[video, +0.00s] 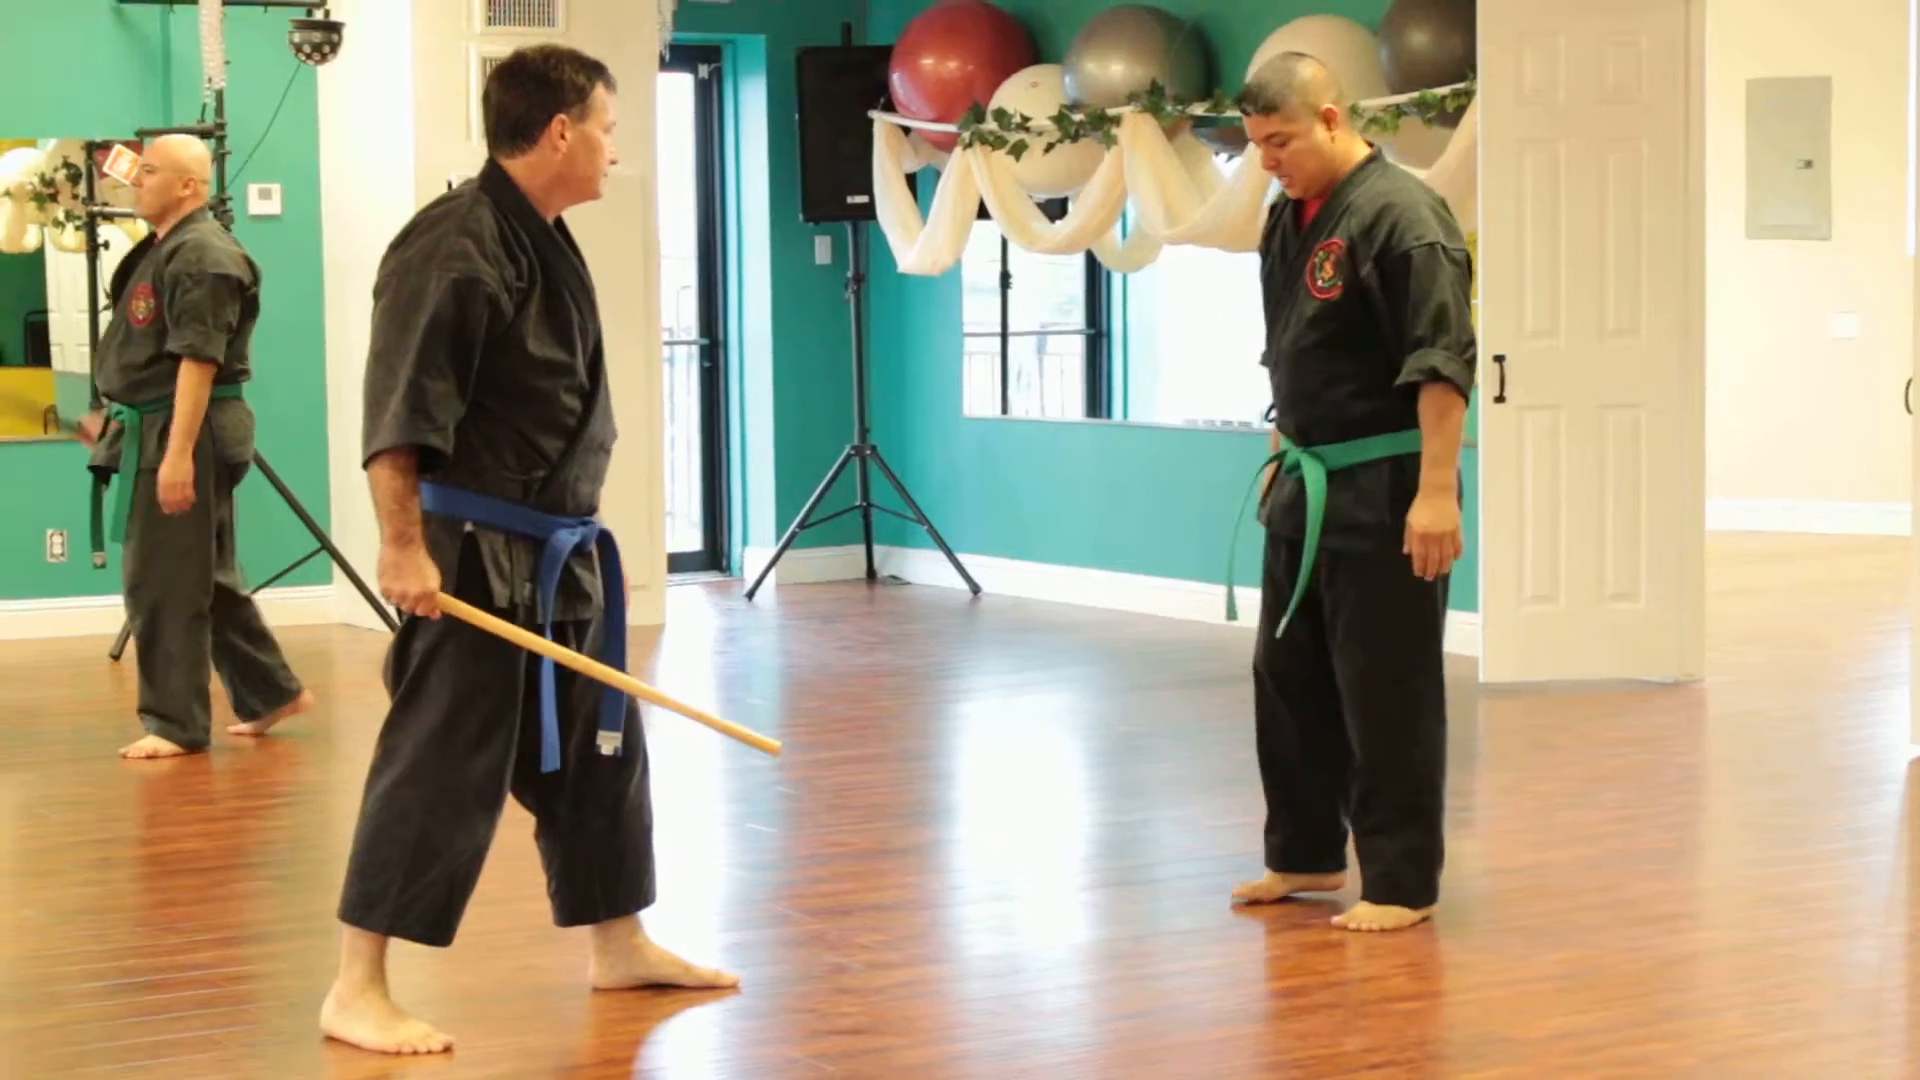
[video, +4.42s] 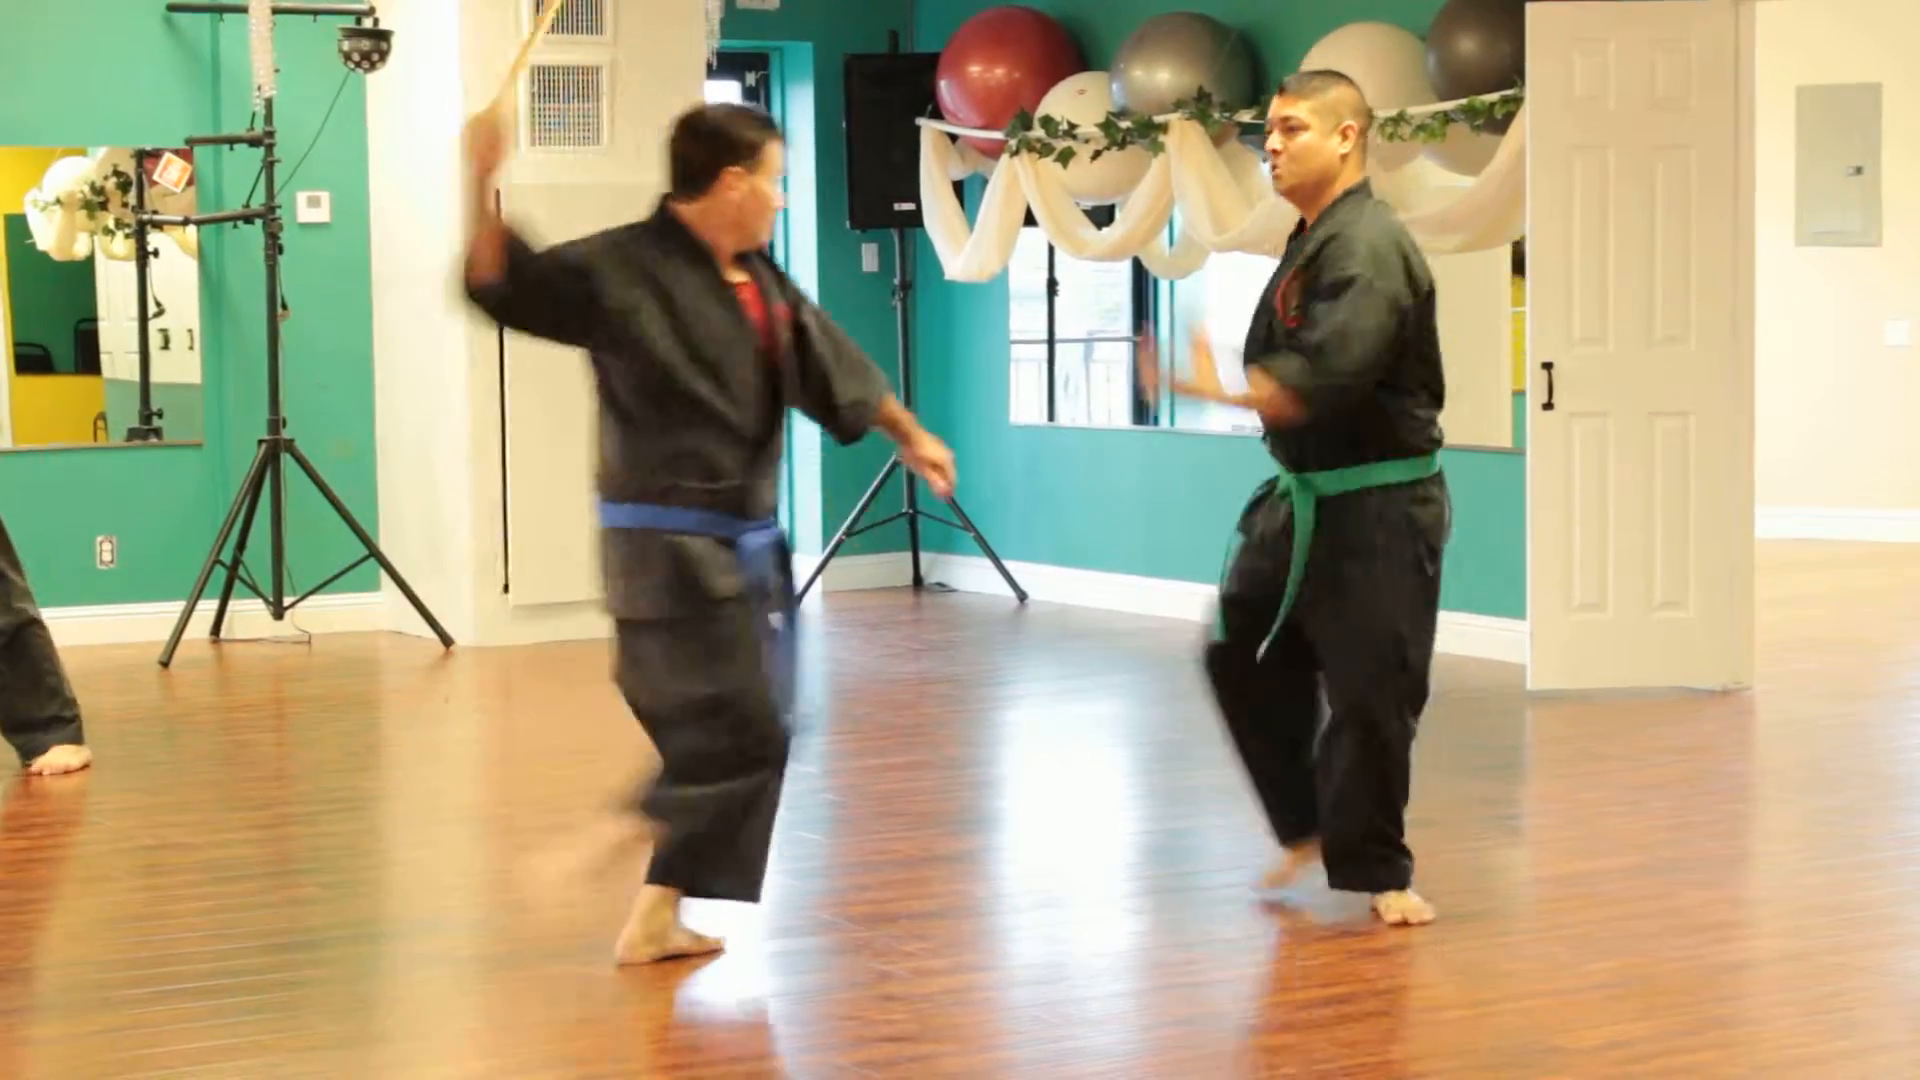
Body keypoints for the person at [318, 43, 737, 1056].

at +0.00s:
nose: (613, 154)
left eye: (613, 134)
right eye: (606, 134)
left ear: (550, 134)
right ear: (557, 132)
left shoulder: (542, 239)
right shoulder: (451, 244)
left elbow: (543, 407)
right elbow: (393, 406)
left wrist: (578, 535)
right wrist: (402, 543)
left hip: (564, 539)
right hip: (477, 541)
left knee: (598, 735)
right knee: (435, 754)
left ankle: (622, 949)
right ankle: (356, 989)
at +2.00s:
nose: (609, 173)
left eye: (608, 154)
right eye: (600, 154)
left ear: (551, 156)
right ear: (551, 156)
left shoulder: (558, 272)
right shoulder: (443, 260)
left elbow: (561, 430)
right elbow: (379, 410)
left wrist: (598, 541)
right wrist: (380, 539)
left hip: (553, 541)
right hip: (459, 540)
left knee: (598, 723)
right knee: (427, 743)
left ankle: (598, 926)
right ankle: (352, 964)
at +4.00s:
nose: (619, 184)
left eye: (618, 165)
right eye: (610, 164)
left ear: (561, 164)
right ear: (559, 164)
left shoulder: (581, 284)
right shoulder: (447, 267)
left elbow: (617, 424)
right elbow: (376, 407)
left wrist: (679, 527)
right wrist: (378, 540)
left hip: (563, 546)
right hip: (463, 545)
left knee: (641, 702)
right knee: (444, 747)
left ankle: (611, 908)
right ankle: (354, 966)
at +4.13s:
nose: (648, 194)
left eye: (647, 175)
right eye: (638, 175)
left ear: (591, 176)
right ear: (588, 175)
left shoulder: (621, 288)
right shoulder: (478, 272)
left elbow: (682, 404)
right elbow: (365, 382)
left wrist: (757, 489)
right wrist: (350, 489)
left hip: (590, 547)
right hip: (494, 541)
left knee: (672, 700)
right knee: (468, 742)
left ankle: (639, 911)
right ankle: (356, 965)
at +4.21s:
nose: (677, 201)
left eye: (677, 184)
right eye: (668, 183)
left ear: (629, 183)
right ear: (616, 181)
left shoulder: (661, 290)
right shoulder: (515, 270)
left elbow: (733, 397)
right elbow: (413, 326)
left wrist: (821, 471)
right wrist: (357, 381)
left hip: (631, 558)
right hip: (534, 553)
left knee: (699, 712)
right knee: (491, 738)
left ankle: (653, 921)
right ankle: (357, 957)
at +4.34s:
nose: (731, 201)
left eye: (732, 185)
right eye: (724, 184)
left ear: (683, 183)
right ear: (677, 182)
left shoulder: (721, 283)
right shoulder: (576, 271)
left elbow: (797, 369)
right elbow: (429, 322)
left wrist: (880, 439)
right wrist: (405, 268)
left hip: (698, 545)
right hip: (611, 542)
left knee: (737, 724)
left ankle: (655, 920)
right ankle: (444, 893)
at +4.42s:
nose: (779, 202)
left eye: (780, 184)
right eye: (771, 184)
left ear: (726, 183)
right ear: (722, 183)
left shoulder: (760, 280)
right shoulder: (627, 265)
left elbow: (832, 365)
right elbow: (499, 283)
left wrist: (910, 432)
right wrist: (483, 184)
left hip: (745, 540)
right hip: (662, 541)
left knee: (745, 728)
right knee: (739, 728)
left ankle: (656, 917)